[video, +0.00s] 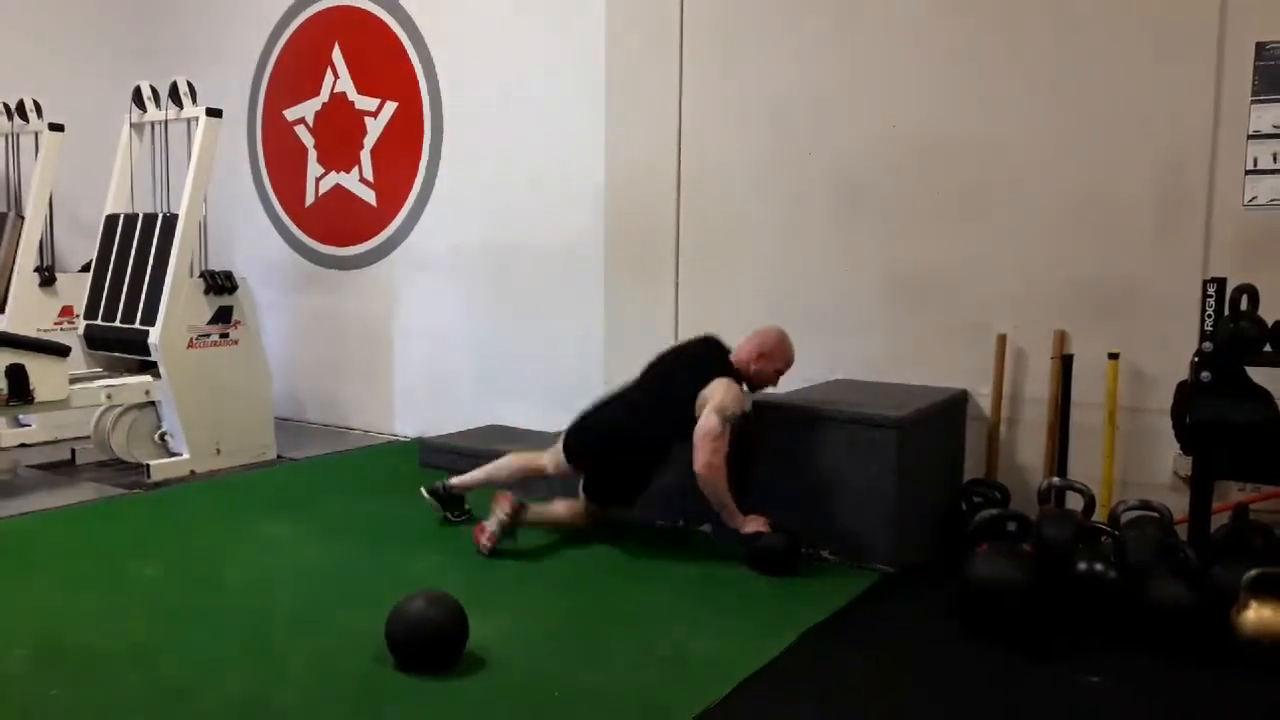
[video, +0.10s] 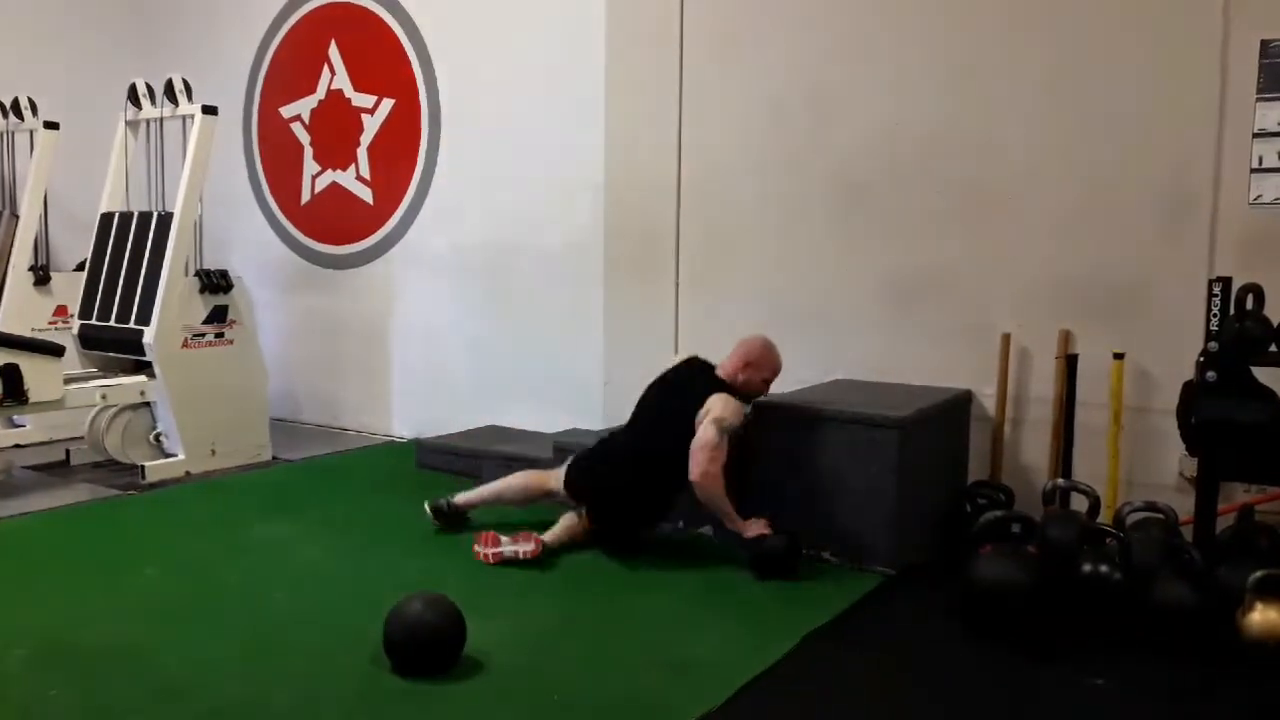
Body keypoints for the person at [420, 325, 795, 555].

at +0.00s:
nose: (777, 381)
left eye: (781, 373)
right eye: (778, 373)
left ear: (747, 346)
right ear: (757, 360)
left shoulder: (702, 347)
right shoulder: (724, 394)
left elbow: (654, 383)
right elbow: (707, 465)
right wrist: (736, 520)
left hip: (597, 422)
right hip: (625, 457)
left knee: (545, 463)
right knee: (589, 514)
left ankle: (454, 486)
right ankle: (518, 512)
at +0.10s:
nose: (766, 390)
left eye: (769, 382)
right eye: (767, 382)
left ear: (733, 358)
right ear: (749, 373)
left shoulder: (686, 367)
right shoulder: (725, 406)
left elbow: (647, 414)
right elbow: (703, 474)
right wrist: (736, 522)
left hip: (601, 463)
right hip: (635, 496)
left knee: (548, 483)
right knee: (587, 521)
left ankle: (457, 502)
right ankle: (541, 542)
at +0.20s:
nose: (745, 399)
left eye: (749, 391)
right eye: (746, 390)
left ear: (708, 369)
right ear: (727, 381)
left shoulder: (665, 387)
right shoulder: (711, 418)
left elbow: (642, 432)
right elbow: (711, 483)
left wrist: (724, 420)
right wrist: (747, 527)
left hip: (590, 497)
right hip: (638, 528)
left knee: (552, 484)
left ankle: (460, 515)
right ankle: (546, 539)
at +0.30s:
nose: (715, 388)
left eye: (716, 382)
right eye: (716, 382)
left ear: (673, 369)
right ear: (704, 379)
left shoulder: (638, 390)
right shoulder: (698, 416)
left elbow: (662, 413)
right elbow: (721, 476)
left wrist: (709, 414)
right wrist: (759, 525)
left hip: (578, 517)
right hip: (628, 543)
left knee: (560, 474)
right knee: (619, 496)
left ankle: (460, 516)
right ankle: (537, 542)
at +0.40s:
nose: (697, 378)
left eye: (697, 374)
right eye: (697, 374)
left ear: (652, 370)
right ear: (690, 375)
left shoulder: (619, 391)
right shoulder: (695, 412)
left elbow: (655, 413)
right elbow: (728, 474)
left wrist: (709, 413)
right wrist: (769, 519)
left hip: (577, 523)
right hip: (626, 548)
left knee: (547, 456)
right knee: (615, 487)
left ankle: (454, 510)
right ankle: (539, 539)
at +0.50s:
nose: (695, 379)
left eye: (692, 373)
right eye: (695, 374)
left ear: (650, 369)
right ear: (689, 377)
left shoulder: (619, 392)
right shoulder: (695, 413)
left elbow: (656, 410)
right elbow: (723, 475)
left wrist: (710, 413)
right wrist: (761, 519)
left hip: (580, 531)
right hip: (629, 551)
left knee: (538, 453)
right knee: (615, 481)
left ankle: (447, 508)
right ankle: (539, 538)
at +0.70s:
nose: (709, 387)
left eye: (707, 381)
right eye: (710, 382)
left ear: (668, 369)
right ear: (703, 381)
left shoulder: (625, 391)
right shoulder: (696, 421)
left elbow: (648, 420)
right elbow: (699, 497)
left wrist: (705, 414)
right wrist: (747, 542)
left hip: (584, 527)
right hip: (636, 550)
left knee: (540, 459)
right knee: (613, 491)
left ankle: (447, 508)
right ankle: (537, 539)